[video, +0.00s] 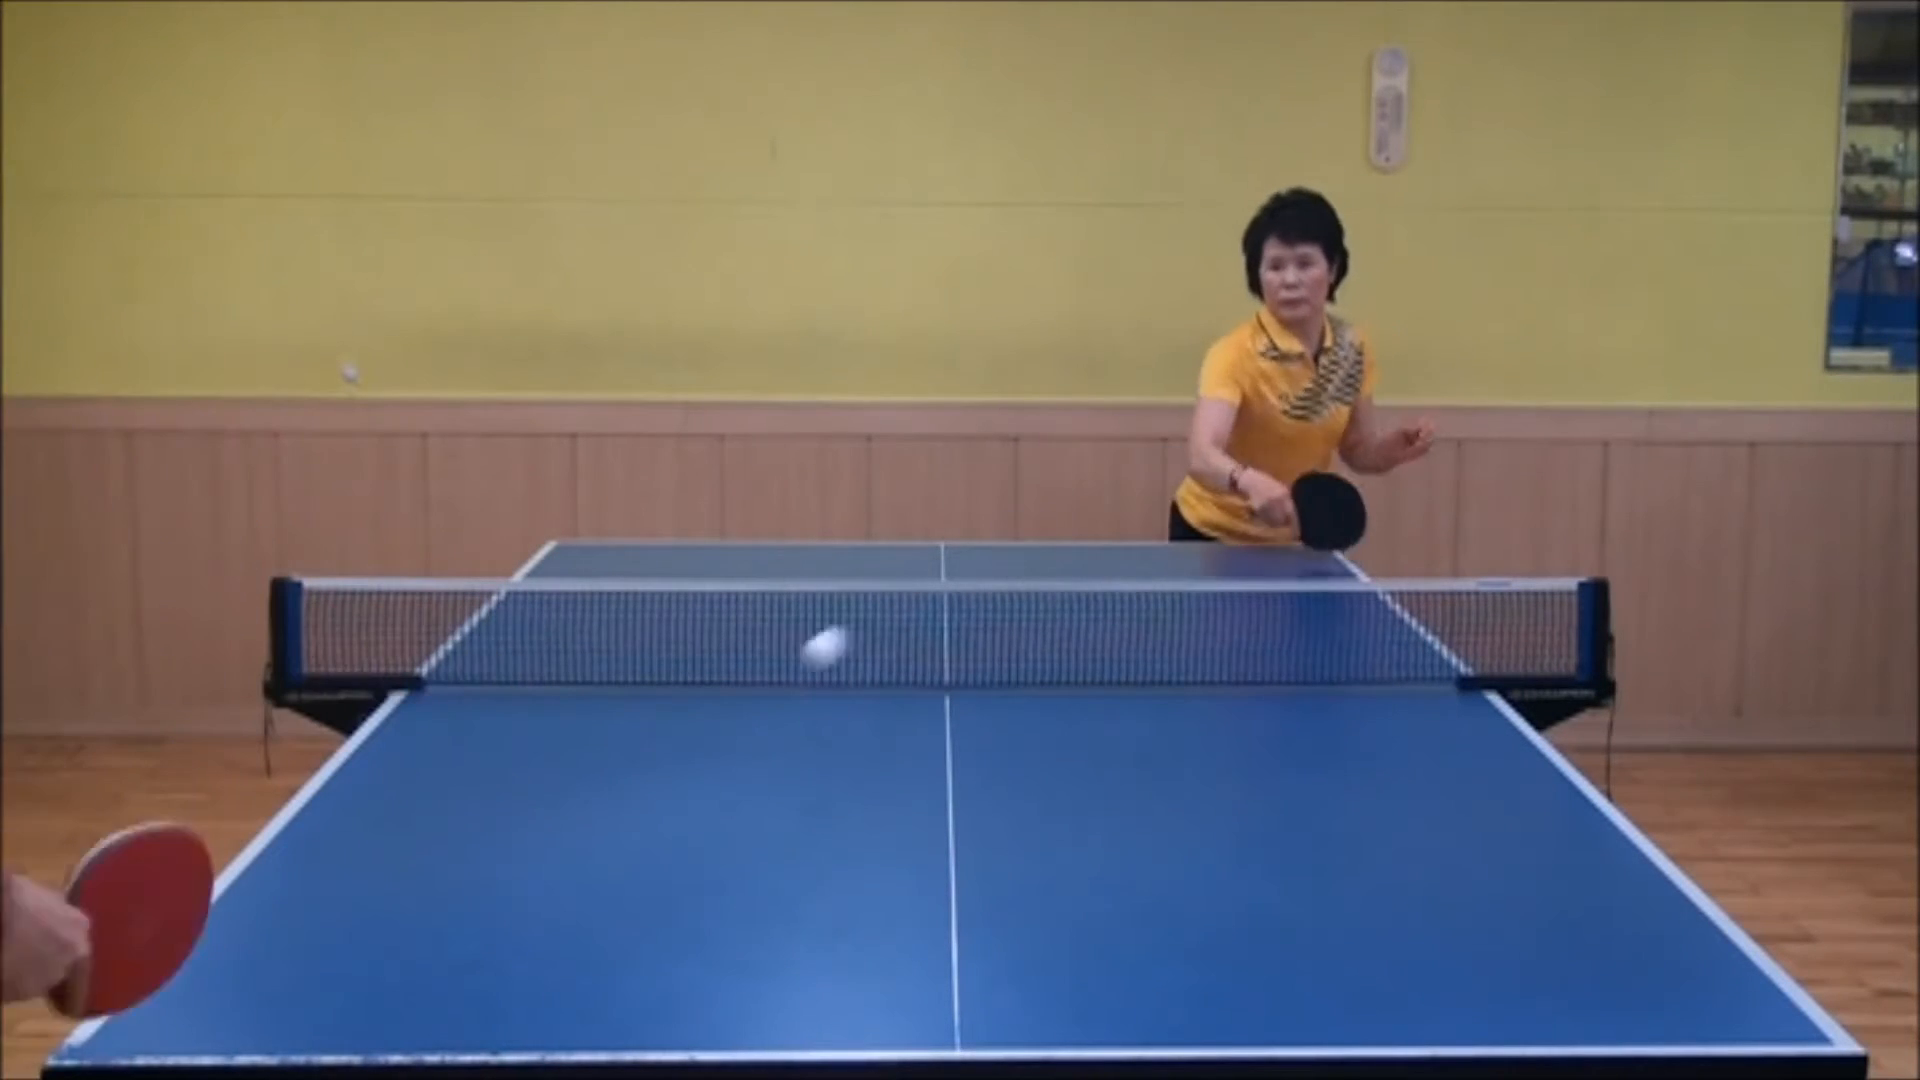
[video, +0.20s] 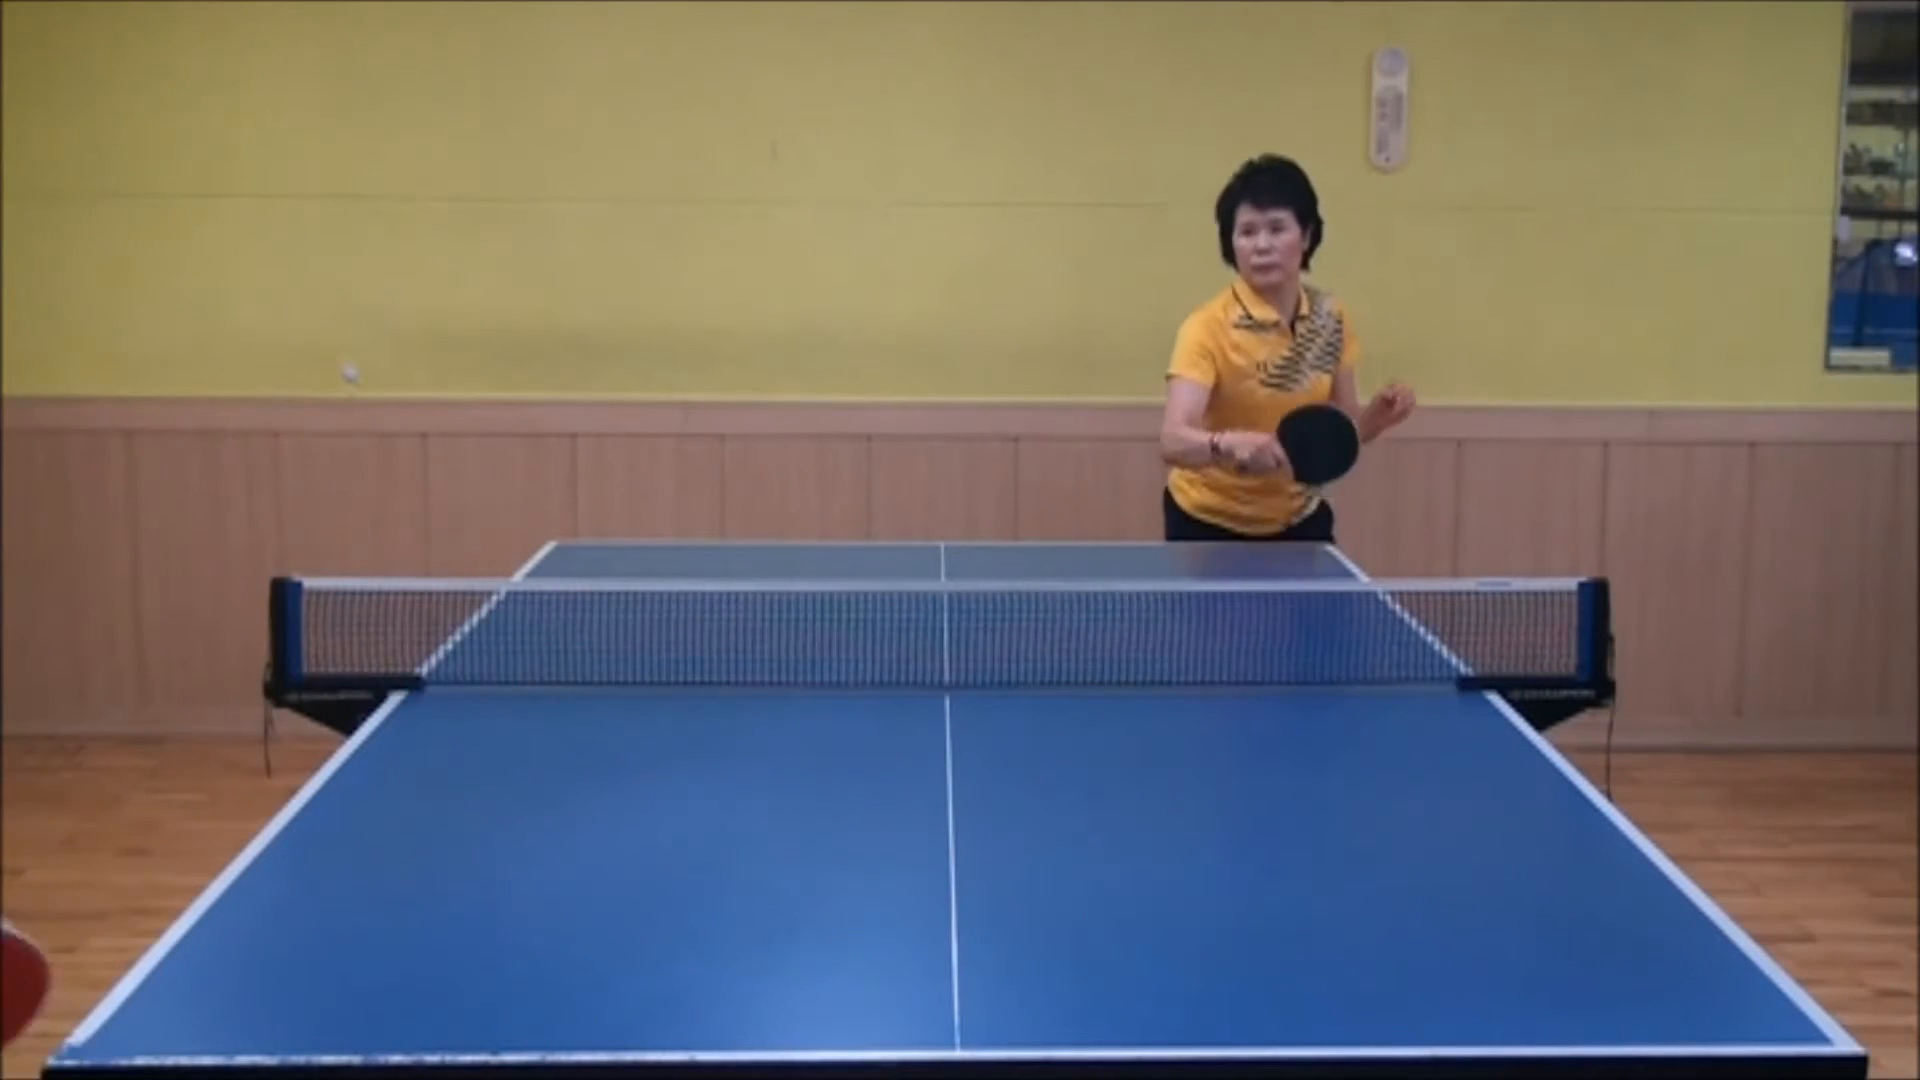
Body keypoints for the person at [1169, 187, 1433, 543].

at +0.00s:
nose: (1290, 280)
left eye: (1305, 264)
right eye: (1276, 266)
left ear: (1333, 270)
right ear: (1257, 276)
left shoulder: (1351, 351)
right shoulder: (1235, 356)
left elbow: (1357, 450)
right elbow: (1203, 455)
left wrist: (1391, 450)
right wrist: (1249, 481)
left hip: (1300, 535)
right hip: (1216, 533)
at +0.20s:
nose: (1262, 245)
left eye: (1277, 229)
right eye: (1247, 232)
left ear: (1307, 236)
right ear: (1230, 243)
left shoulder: (1329, 320)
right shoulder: (1207, 329)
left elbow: (1340, 434)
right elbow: (1174, 441)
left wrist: (1372, 422)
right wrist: (1228, 444)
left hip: (1300, 524)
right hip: (1211, 527)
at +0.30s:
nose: (1254, 227)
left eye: (1269, 210)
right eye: (1239, 214)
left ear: (1300, 219)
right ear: (1223, 226)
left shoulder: (1327, 304)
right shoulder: (1200, 312)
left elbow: (1336, 415)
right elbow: (1167, 431)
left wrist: (1363, 405)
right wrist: (1215, 424)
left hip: (1304, 512)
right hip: (1213, 515)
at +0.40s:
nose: (1253, 218)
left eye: (1268, 202)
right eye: (1239, 205)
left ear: (1300, 210)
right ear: (1223, 216)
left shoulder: (1332, 297)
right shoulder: (1200, 305)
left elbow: (1340, 408)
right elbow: (1166, 423)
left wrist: (1360, 400)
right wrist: (1208, 411)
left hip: (1308, 507)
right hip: (1217, 507)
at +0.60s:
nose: (1259, 214)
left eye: (1275, 199)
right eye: (1248, 201)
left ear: (1308, 208)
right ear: (1233, 210)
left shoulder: (1344, 297)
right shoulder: (1204, 297)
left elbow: (1357, 394)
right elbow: (1172, 411)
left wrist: (1358, 408)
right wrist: (1200, 406)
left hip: (1312, 501)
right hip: (1218, 499)